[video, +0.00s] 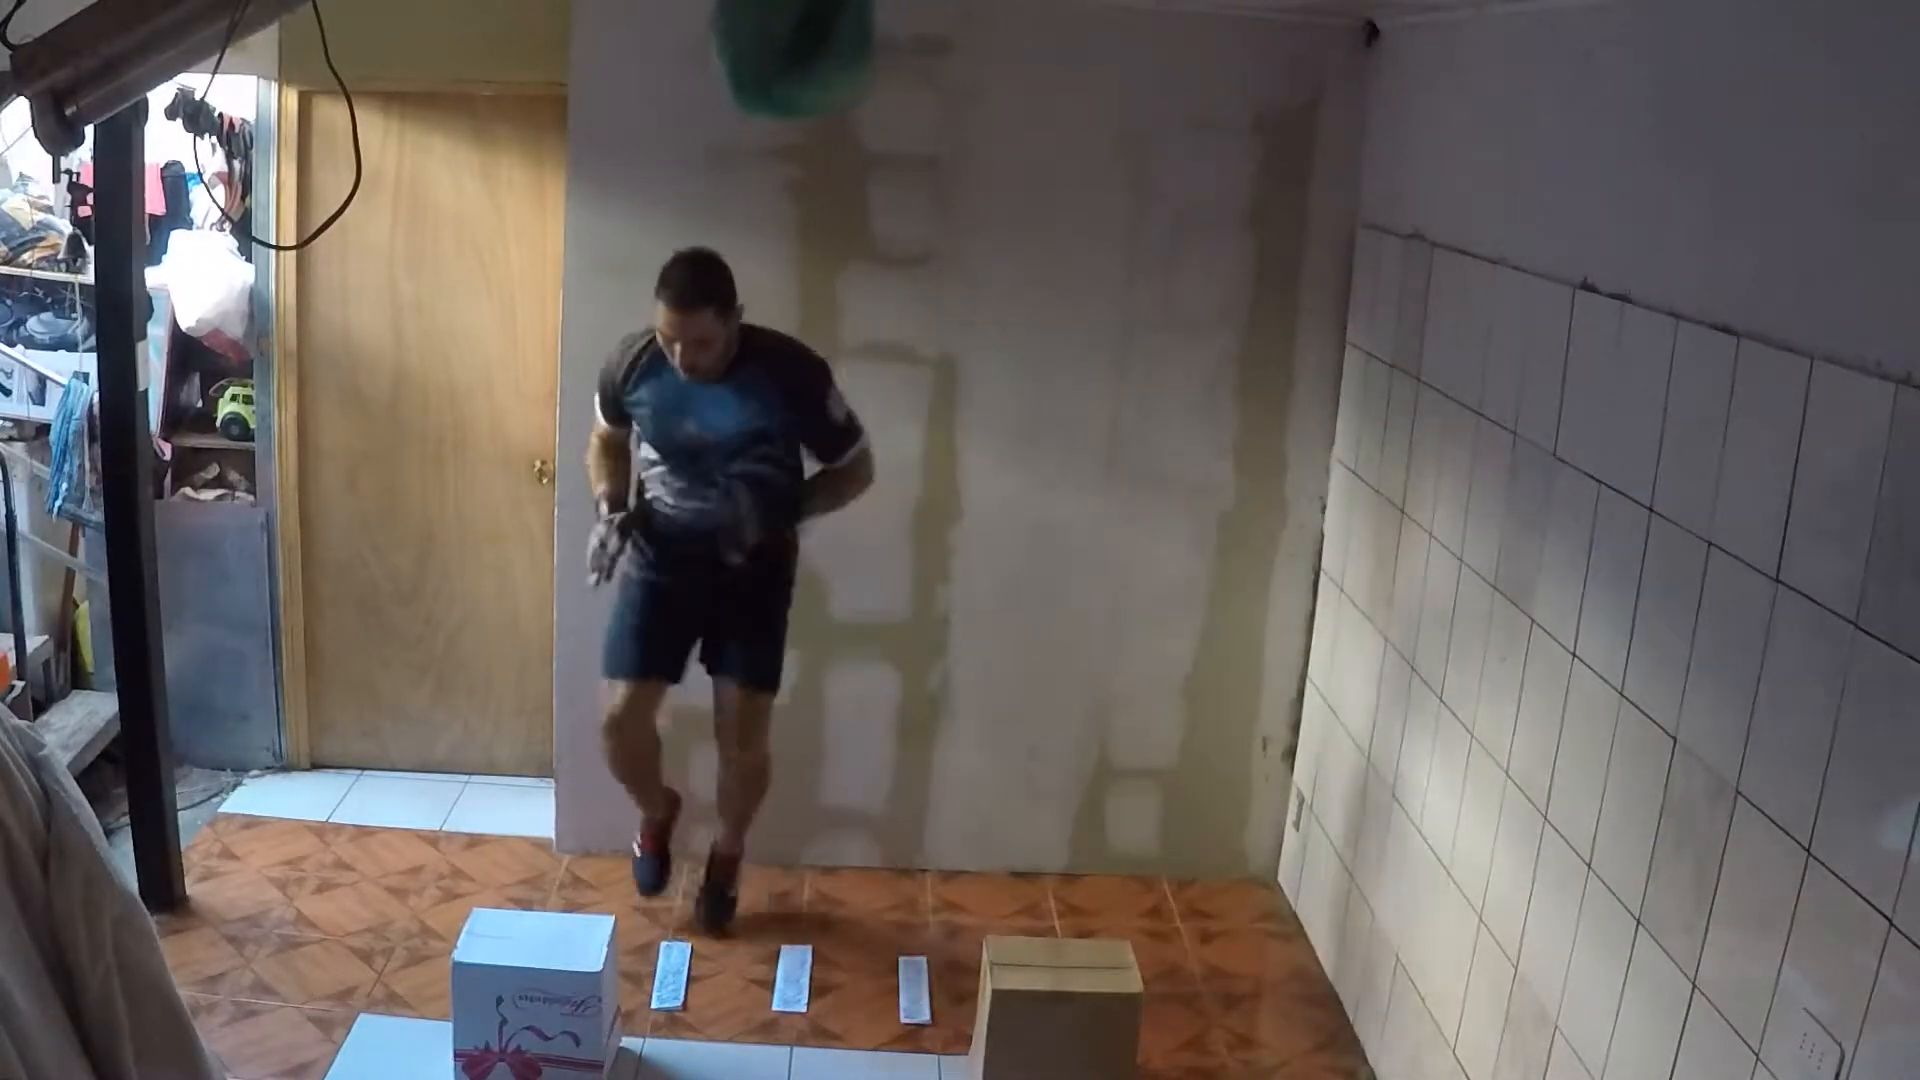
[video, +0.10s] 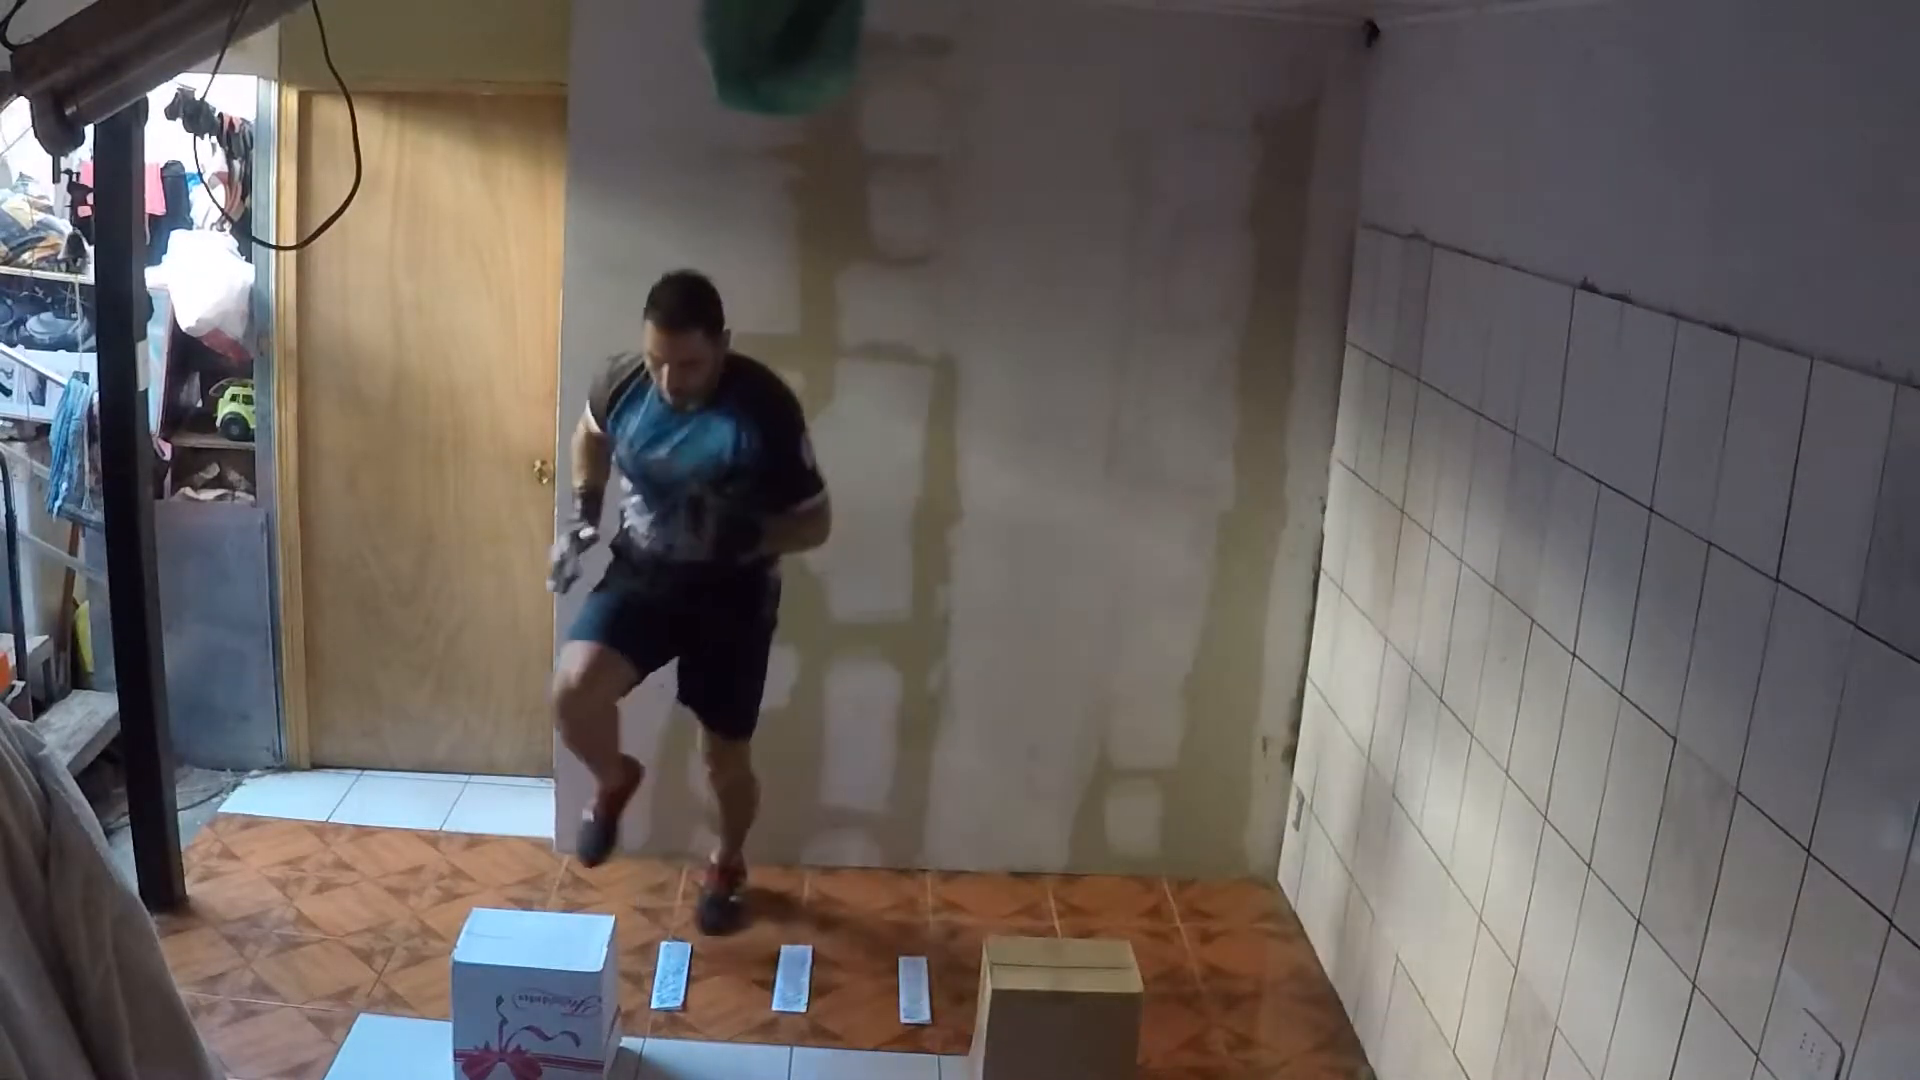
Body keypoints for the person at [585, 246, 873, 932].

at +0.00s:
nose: (683, 356)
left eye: (699, 343)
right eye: (671, 340)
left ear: (732, 320)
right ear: (657, 319)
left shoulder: (788, 370)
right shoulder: (631, 368)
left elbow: (856, 469)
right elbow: (608, 445)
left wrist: (781, 510)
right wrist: (614, 511)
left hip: (753, 562)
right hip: (662, 555)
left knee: (741, 736)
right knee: (621, 720)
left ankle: (727, 858)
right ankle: (657, 811)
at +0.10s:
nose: (671, 380)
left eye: (688, 365)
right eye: (659, 362)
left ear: (720, 345)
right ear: (645, 345)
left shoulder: (763, 403)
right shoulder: (625, 384)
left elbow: (815, 522)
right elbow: (592, 437)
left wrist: (750, 534)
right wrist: (583, 522)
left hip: (732, 591)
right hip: (643, 576)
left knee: (724, 764)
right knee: (575, 692)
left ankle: (728, 865)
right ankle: (613, 778)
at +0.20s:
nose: (647, 377)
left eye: (664, 362)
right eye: (635, 359)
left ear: (697, 344)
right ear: (620, 341)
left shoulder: (740, 399)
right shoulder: (594, 378)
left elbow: (817, 497)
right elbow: (564, 419)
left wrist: (746, 559)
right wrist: (551, 500)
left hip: (707, 584)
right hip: (615, 567)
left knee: (709, 760)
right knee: (544, 690)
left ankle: (722, 861)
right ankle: (563, 812)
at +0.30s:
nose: (614, 366)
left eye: (632, 351)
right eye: (600, 347)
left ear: (665, 332)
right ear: (584, 328)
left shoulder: (713, 380)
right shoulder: (552, 365)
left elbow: (810, 429)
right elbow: (520, 380)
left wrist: (762, 541)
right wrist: (523, 478)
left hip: (677, 580)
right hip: (581, 569)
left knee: (679, 747)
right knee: (529, 726)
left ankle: (697, 857)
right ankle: (519, 871)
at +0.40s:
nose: (581, 399)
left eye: (597, 385)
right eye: (567, 383)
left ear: (628, 367)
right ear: (547, 365)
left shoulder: (676, 411)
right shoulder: (511, 413)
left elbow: (760, 443)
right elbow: (477, 448)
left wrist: (731, 555)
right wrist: (487, 540)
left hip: (654, 601)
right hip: (555, 598)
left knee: (666, 779)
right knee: (523, 764)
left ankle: (642, 891)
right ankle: (516, 907)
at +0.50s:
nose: (555, 443)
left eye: (573, 426)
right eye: (540, 425)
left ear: (603, 412)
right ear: (522, 413)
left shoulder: (657, 470)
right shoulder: (491, 476)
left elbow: (710, 551)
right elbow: (443, 552)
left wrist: (684, 653)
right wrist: (443, 654)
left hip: (627, 649)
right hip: (528, 648)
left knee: (639, 821)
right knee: (501, 812)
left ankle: (616, 917)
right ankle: (519, 926)